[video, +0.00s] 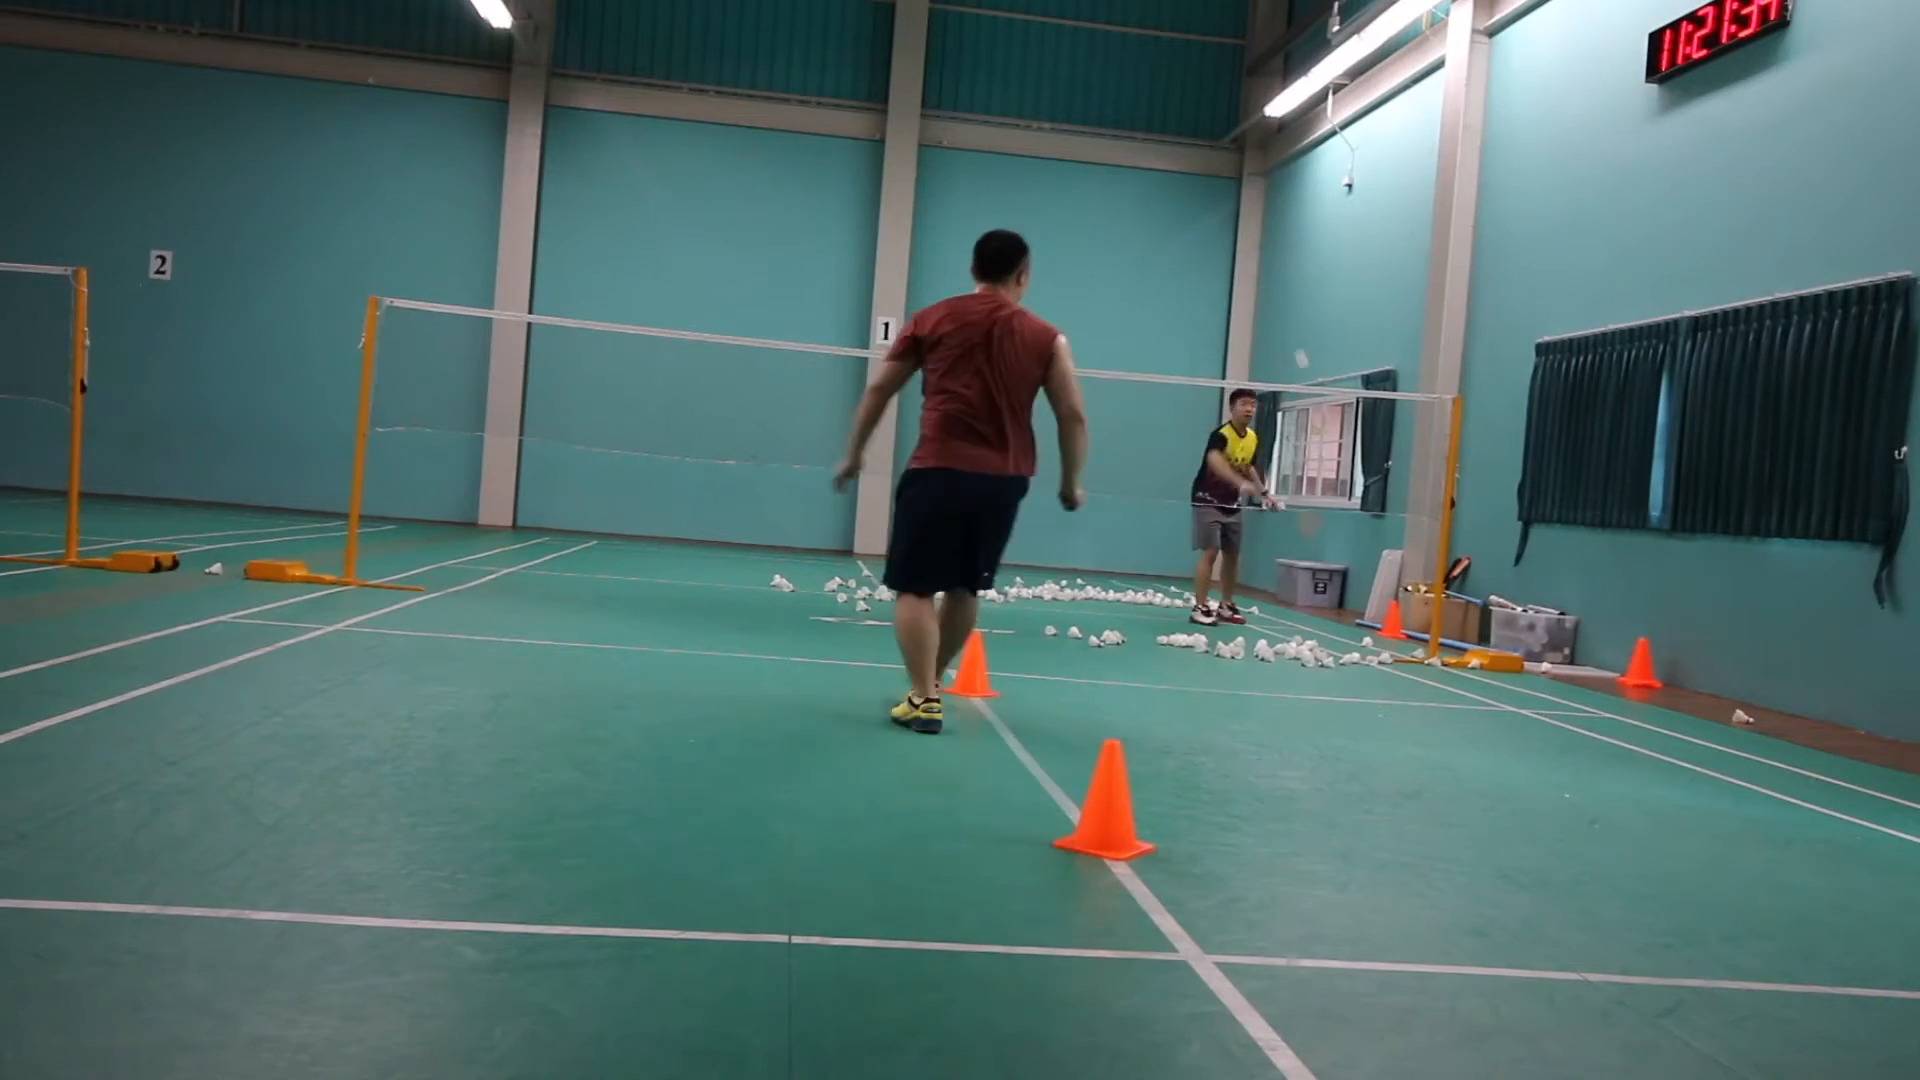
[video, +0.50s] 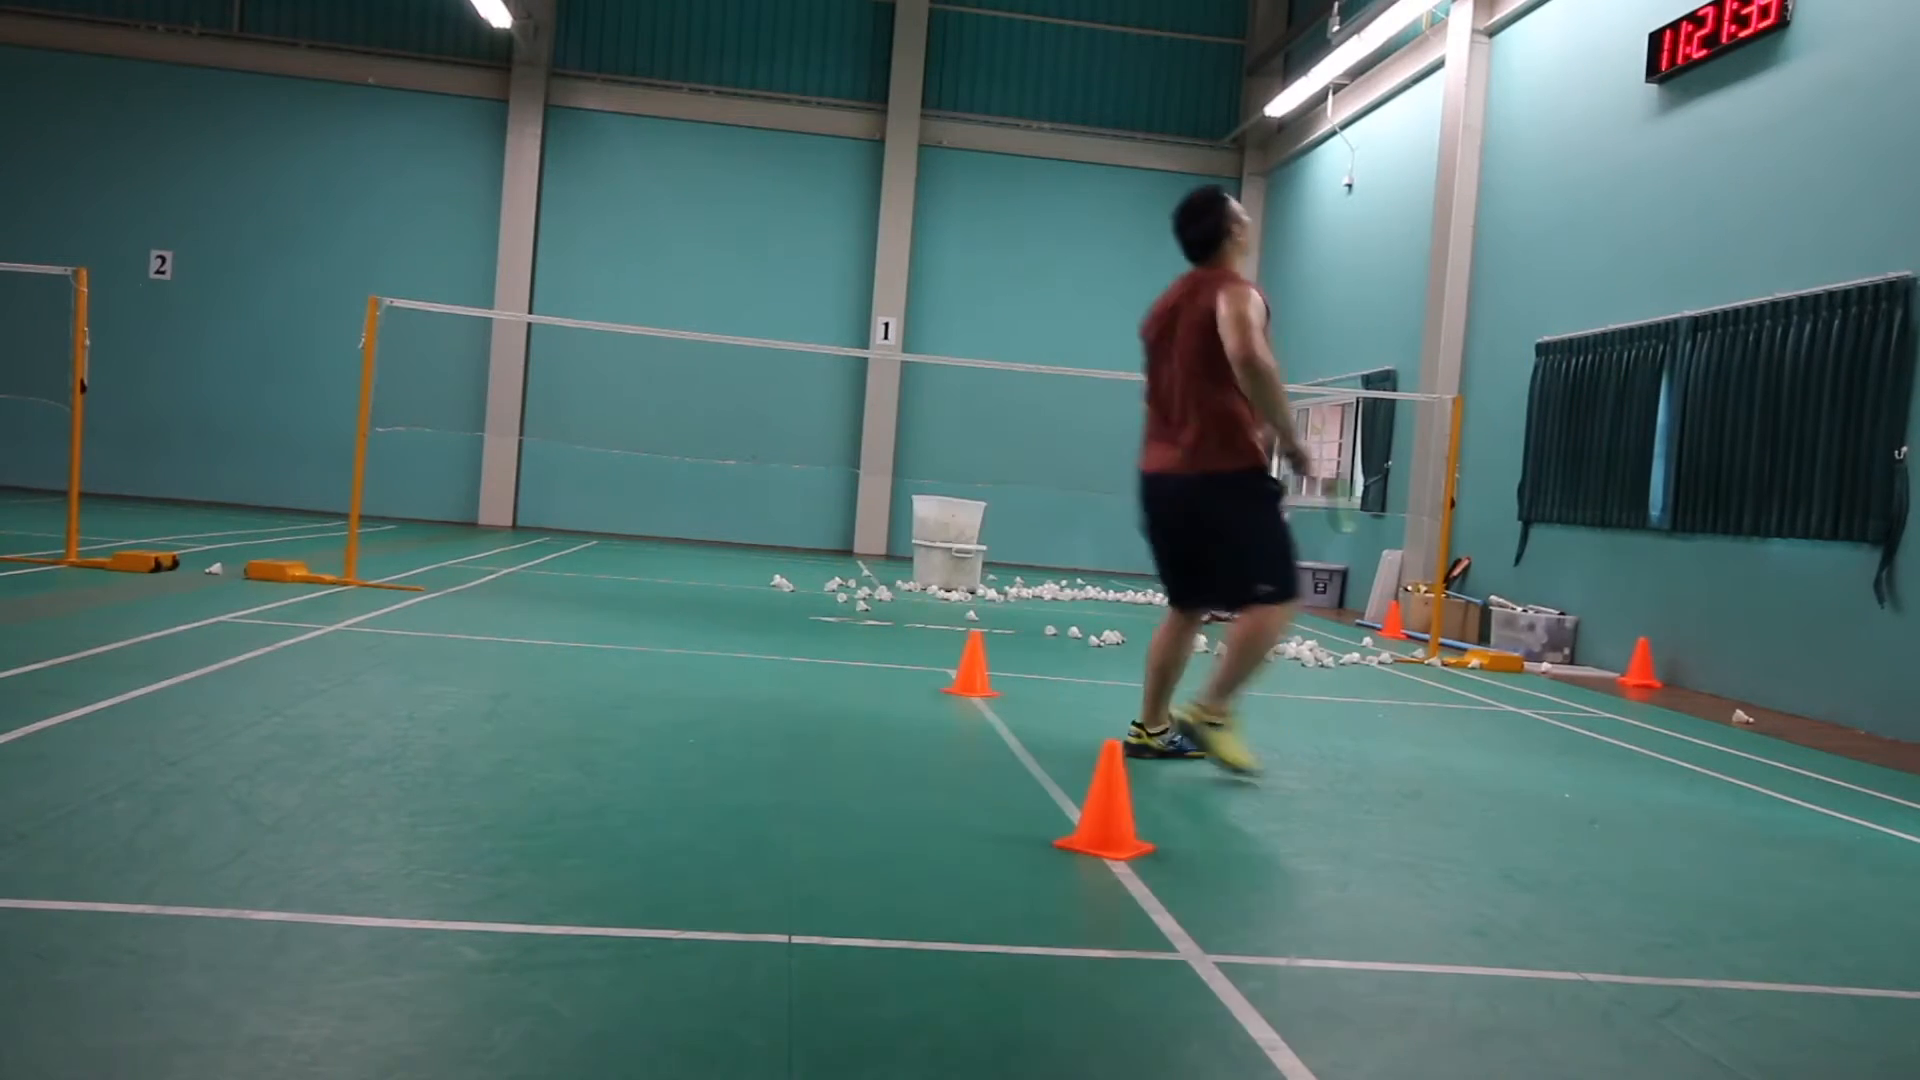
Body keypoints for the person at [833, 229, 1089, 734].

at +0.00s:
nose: (1028, 282)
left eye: (1026, 276)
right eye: (1028, 275)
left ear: (974, 272)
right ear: (1023, 275)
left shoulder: (933, 320)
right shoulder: (1043, 336)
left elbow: (880, 389)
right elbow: (1072, 415)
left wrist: (854, 453)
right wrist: (1070, 482)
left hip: (934, 474)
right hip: (1002, 481)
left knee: (913, 587)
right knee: (965, 586)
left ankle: (926, 699)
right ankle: (928, 687)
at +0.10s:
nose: (1060, 264)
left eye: (1059, 256)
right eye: (1060, 257)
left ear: (1007, 254)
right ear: (1053, 257)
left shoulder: (961, 305)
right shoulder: (1068, 319)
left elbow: (927, 385)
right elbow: (1084, 404)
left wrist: (935, 446)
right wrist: (1090, 477)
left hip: (953, 465)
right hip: (1026, 473)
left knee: (936, 584)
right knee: (1025, 578)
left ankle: (925, 700)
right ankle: (1014, 690)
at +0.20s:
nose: (1095, 266)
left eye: (1094, 257)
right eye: (1094, 258)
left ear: (1040, 259)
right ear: (1086, 261)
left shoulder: (994, 311)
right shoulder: (1095, 325)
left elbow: (969, 393)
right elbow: (1107, 412)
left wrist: (992, 445)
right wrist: (1117, 489)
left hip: (980, 478)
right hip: (1053, 486)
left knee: (948, 588)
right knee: (1085, 598)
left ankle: (924, 698)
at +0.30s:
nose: (1155, 258)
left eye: (1150, 248)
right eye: (1151, 249)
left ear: (1100, 262)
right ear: (1144, 259)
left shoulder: (1061, 325)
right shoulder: (1154, 328)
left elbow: (1038, 403)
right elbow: (1165, 415)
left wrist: (1058, 460)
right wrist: (1183, 491)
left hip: (1052, 491)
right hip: (1122, 498)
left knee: (1002, 594)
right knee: (1168, 606)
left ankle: (933, 691)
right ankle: (1133, 731)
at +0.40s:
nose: (1197, 230)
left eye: (1192, 221)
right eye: (1192, 223)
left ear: (1141, 242)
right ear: (1182, 236)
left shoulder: (1115, 306)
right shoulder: (1196, 298)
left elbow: (1097, 393)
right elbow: (1205, 370)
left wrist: (1149, 427)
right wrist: (1241, 451)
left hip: (1107, 474)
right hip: (1175, 479)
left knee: (1093, 589)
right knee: (1184, 609)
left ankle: (1032, 699)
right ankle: (1139, 726)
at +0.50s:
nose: (1251, 224)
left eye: (1245, 214)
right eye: (1243, 217)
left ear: (1193, 241)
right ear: (1230, 231)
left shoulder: (1165, 303)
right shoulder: (1238, 292)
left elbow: (1164, 395)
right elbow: (1247, 357)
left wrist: (1235, 433)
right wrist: (1291, 437)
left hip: (1165, 479)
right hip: (1228, 478)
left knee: (1186, 603)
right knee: (1273, 599)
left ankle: (1151, 726)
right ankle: (1211, 710)